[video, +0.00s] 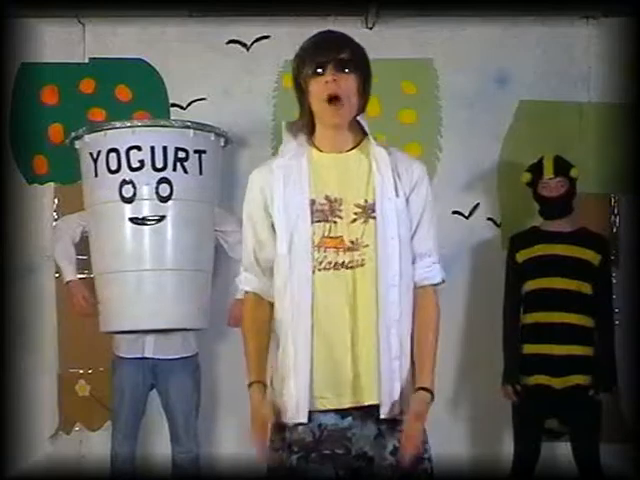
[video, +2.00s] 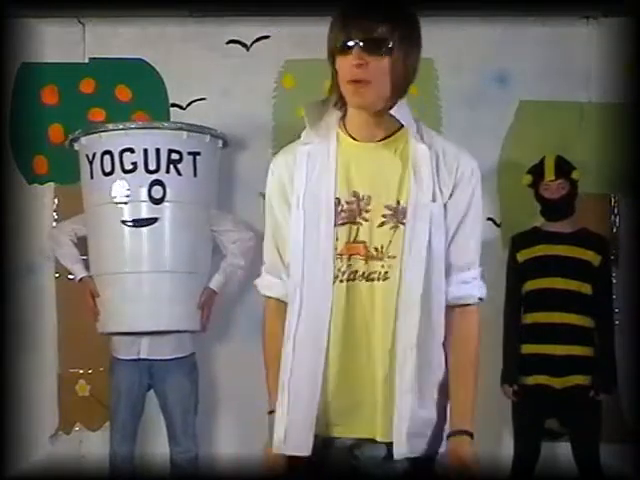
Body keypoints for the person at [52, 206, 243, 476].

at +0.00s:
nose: (150, 197)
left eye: (160, 191)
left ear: (174, 188)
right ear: (127, 190)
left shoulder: (192, 212)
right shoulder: (114, 214)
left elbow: (244, 241)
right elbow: (64, 229)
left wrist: (243, 293)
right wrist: (72, 280)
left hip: (179, 349)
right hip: (129, 350)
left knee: (186, 446)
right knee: (122, 447)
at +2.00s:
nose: (149, 195)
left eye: (159, 189)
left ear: (172, 186)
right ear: (130, 189)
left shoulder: (194, 213)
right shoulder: (113, 215)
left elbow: (244, 240)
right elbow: (59, 234)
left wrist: (214, 287)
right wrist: (83, 277)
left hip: (175, 349)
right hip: (124, 349)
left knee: (184, 448)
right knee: (120, 449)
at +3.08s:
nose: (142, 193)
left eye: (151, 187)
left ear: (163, 184)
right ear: (123, 187)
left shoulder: (187, 211)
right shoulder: (106, 216)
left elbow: (239, 235)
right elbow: (53, 233)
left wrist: (220, 288)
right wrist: (76, 277)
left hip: (172, 349)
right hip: (122, 351)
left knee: (182, 449)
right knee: (119, 451)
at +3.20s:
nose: (141, 192)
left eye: (149, 186)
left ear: (161, 185)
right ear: (121, 190)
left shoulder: (181, 212)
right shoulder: (104, 216)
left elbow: (235, 239)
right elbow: (53, 232)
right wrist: (76, 275)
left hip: (173, 349)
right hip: (122, 351)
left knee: (184, 449)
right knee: (118, 450)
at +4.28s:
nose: (135, 189)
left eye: (144, 181)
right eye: (128, 181)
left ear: (157, 181)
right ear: (116, 183)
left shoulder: (176, 208)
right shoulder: (104, 212)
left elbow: (229, 216)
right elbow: (53, 229)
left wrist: (236, 173)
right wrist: (75, 274)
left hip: (172, 340)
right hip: (123, 344)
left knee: (183, 441)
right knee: (121, 441)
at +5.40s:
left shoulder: (179, 218)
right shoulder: (106, 214)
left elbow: (236, 235)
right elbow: (54, 228)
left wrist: (209, 215)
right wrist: (75, 273)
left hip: (172, 337)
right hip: (121, 340)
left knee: (179, 432)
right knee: (120, 429)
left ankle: (183, 477)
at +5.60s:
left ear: (165, 189)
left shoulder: (182, 220)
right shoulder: (106, 217)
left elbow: (216, 247)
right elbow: (56, 227)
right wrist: (75, 273)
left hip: (171, 349)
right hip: (120, 351)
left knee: (182, 448)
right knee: (118, 451)